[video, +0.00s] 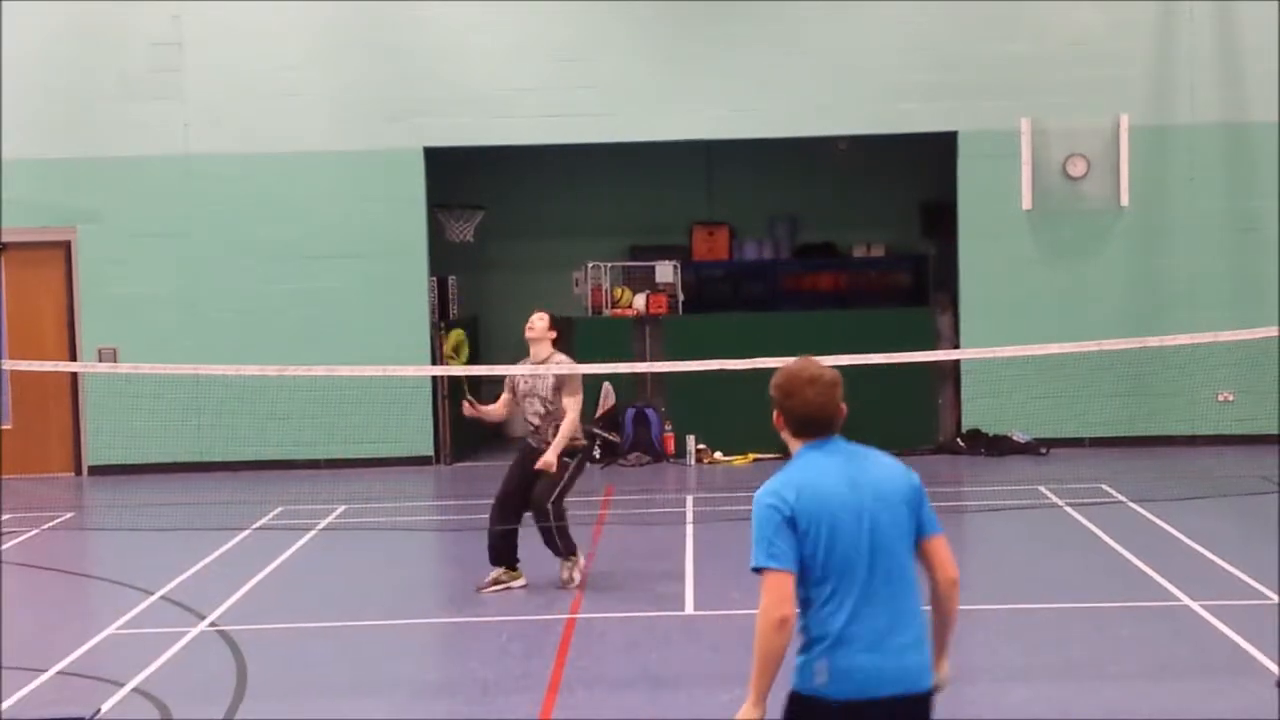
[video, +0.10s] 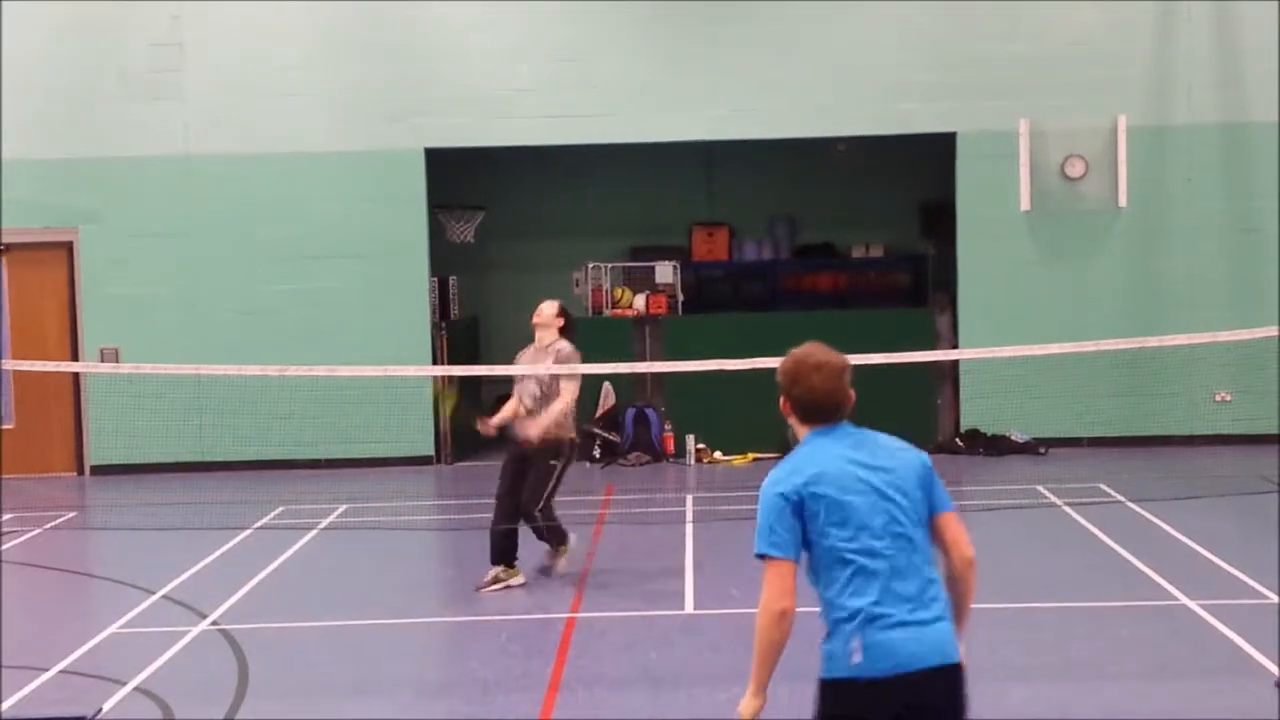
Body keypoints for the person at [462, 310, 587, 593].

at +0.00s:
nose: (530, 322)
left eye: (538, 320)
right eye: (529, 319)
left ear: (552, 334)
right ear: (526, 331)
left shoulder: (565, 366)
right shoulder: (519, 369)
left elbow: (573, 416)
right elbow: (502, 410)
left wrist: (553, 451)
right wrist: (479, 411)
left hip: (568, 446)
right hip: (535, 445)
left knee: (543, 500)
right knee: (506, 501)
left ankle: (569, 557)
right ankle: (507, 569)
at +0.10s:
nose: (537, 311)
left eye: (546, 308)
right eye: (538, 307)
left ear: (559, 321)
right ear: (536, 319)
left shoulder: (565, 352)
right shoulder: (525, 355)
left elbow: (568, 397)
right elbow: (519, 398)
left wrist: (538, 424)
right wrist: (496, 420)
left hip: (556, 440)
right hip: (525, 437)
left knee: (533, 504)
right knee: (507, 499)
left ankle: (560, 543)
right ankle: (505, 566)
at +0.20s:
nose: (554, 293)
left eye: (563, 292)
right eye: (557, 290)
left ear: (572, 307)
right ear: (553, 305)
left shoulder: (573, 336)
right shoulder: (538, 338)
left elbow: (563, 375)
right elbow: (529, 386)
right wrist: (511, 425)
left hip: (555, 422)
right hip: (526, 418)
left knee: (534, 489)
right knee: (507, 482)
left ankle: (544, 550)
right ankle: (495, 549)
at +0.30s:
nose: (563, 284)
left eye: (571, 282)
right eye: (567, 281)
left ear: (581, 295)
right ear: (570, 293)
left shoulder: (576, 322)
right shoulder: (555, 324)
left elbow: (568, 345)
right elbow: (547, 361)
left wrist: (531, 333)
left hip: (555, 413)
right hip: (531, 410)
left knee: (543, 482)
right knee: (503, 469)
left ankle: (548, 551)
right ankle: (514, 530)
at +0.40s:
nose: (583, 266)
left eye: (591, 267)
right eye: (587, 264)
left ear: (596, 284)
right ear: (581, 279)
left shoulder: (589, 310)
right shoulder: (553, 301)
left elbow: (582, 332)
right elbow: (534, 322)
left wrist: (548, 316)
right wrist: (540, 316)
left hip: (561, 389)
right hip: (534, 385)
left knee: (553, 462)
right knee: (524, 452)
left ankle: (542, 536)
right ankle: (550, 515)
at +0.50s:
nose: (587, 267)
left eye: (594, 268)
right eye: (590, 265)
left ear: (601, 283)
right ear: (588, 278)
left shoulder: (594, 317)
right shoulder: (567, 290)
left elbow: (570, 337)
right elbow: (554, 259)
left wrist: (530, 336)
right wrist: (547, 227)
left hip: (567, 392)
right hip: (548, 388)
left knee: (551, 454)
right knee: (564, 451)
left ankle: (536, 522)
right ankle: (580, 507)